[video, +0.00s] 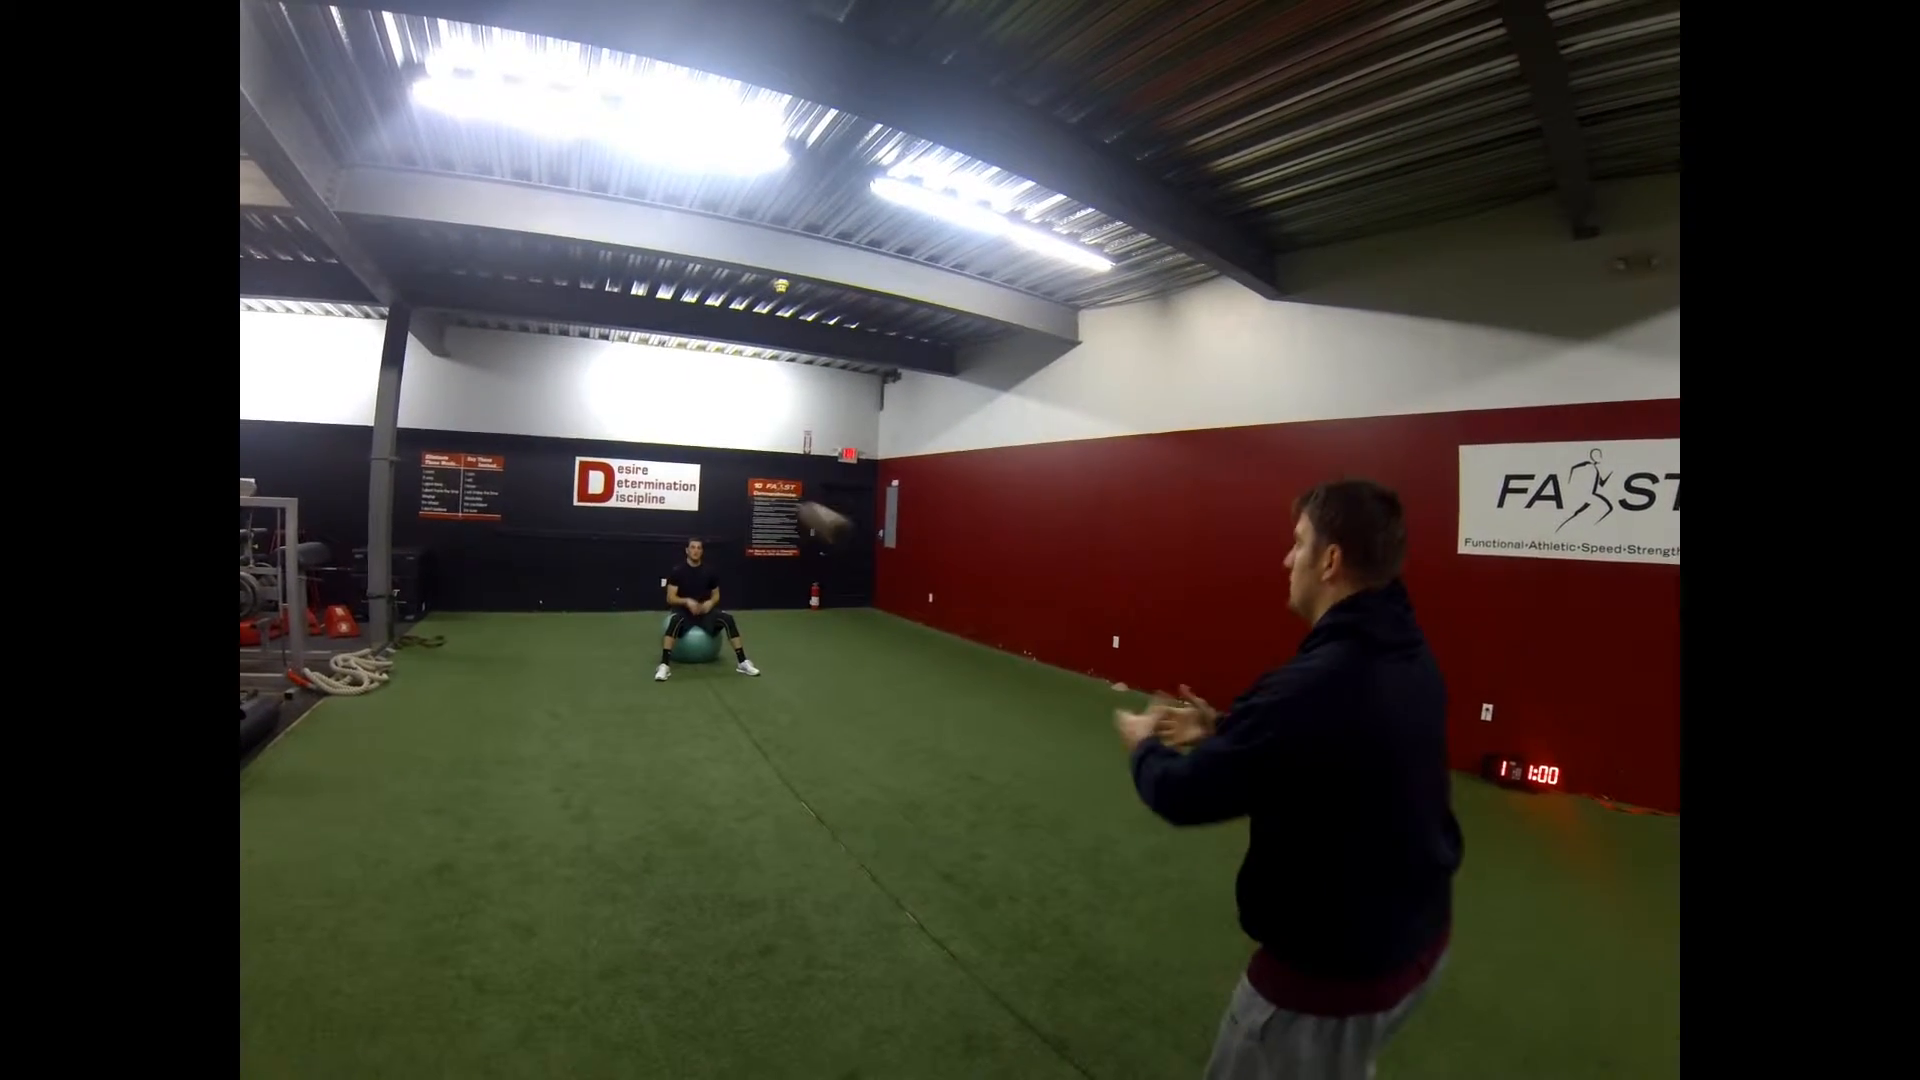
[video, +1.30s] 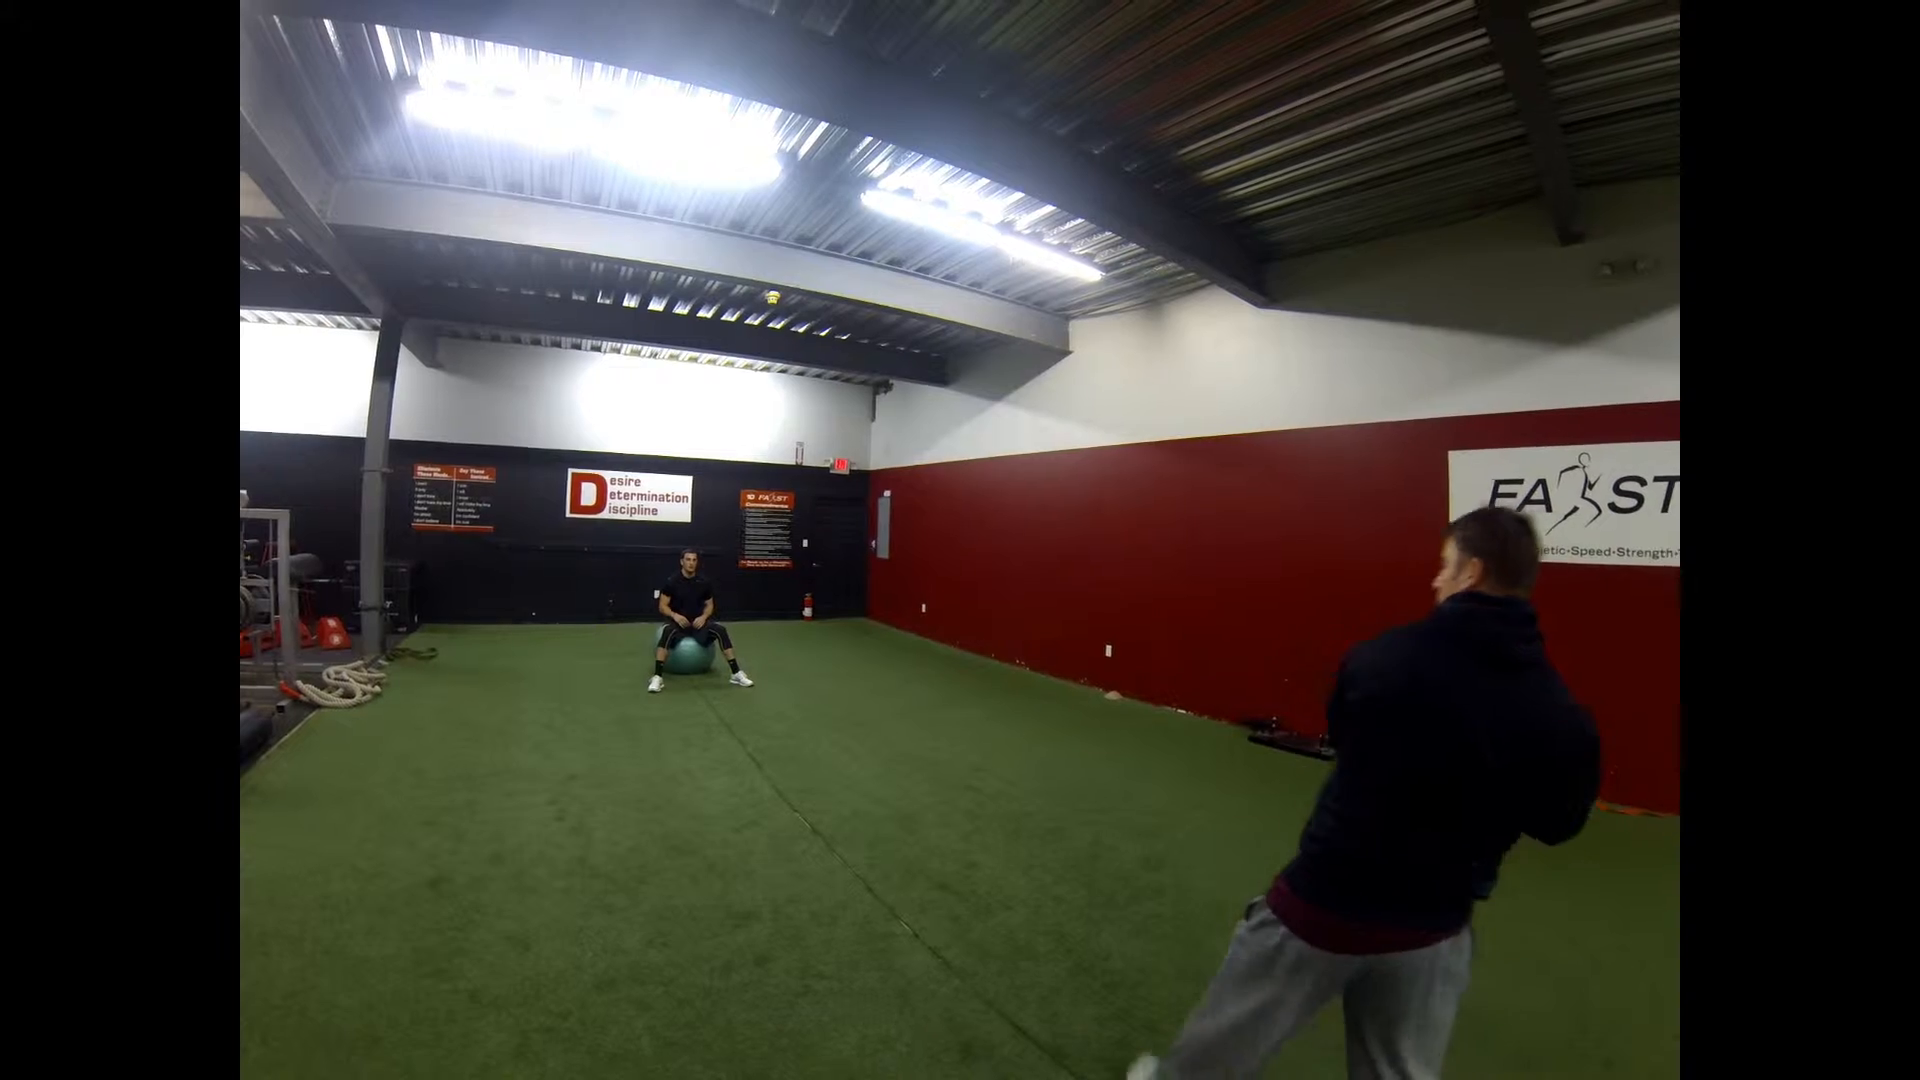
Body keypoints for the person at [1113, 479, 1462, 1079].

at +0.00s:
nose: (1287, 561)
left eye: (1297, 543)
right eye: (1292, 543)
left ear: (1330, 558)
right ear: (1385, 563)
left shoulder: (1319, 680)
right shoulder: (1407, 655)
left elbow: (1188, 794)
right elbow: (1325, 751)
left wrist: (1144, 748)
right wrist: (1220, 730)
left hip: (1321, 974)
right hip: (1410, 945)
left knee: (1251, 1069)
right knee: (1330, 1065)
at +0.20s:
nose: (1293, 593)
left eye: (1296, 575)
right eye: (1293, 576)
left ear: (1327, 576)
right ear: (1381, 572)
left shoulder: (1324, 688)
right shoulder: (1412, 660)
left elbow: (1228, 789)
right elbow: (1309, 758)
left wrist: (1162, 786)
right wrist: (1208, 766)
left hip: (1344, 985)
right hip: (1441, 959)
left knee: (1247, 1070)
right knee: (1388, 1070)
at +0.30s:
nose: (1302, 602)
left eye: (1303, 584)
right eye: (1301, 585)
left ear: (1328, 582)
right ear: (1388, 576)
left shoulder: (1323, 697)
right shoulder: (1428, 666)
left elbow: (1243, 827)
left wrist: (1201, 830)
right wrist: (1229, 808)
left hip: (1350, 986)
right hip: (1451, 960)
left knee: (1252, 1070)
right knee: (1399, 1068)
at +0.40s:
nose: (1322, 603)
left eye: (1320, 586)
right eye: (1318, 587)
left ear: (1341, 582)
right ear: (1402, 574)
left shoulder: (1330, 699)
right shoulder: (1463, 670)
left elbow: (1261, 844)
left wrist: (1245, 828)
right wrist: (1275, 813)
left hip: (1357, 989)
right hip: (1467, 965)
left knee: (1257, 1071)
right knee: (1408, 1071)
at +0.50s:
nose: (1342, 591)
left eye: (1342, 576)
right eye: (1341, 578)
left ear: (1360, 576)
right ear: (1424, 570)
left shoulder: (1343, 690)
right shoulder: (1490, 669)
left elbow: (1276, 823)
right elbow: (1482, 794)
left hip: (1359, 978)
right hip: (1471, 962)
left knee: (1267, 1070)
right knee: (1412, 1072)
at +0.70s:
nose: (1411, 572)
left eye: (1412, 559)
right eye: (1411, 559)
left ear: (1426, 560)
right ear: (1493, 556)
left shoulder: (1381, 668)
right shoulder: (1548, 671)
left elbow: (1309, 788)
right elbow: (1531, 795)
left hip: (1369, 949)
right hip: (1481, 950)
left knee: (1279, 1071)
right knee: (1418, 1074)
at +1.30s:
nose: (1436, 582)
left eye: (1443, 567)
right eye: (1439, 566)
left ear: (1473, 573)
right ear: (1524, 583)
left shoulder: (1385, 659)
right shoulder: (1556, 712)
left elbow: (1343, 736)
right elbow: (1559, 822)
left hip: (1319, 914)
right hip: (1431, 935)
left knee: (1210, 1056)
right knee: (1402, 1074)